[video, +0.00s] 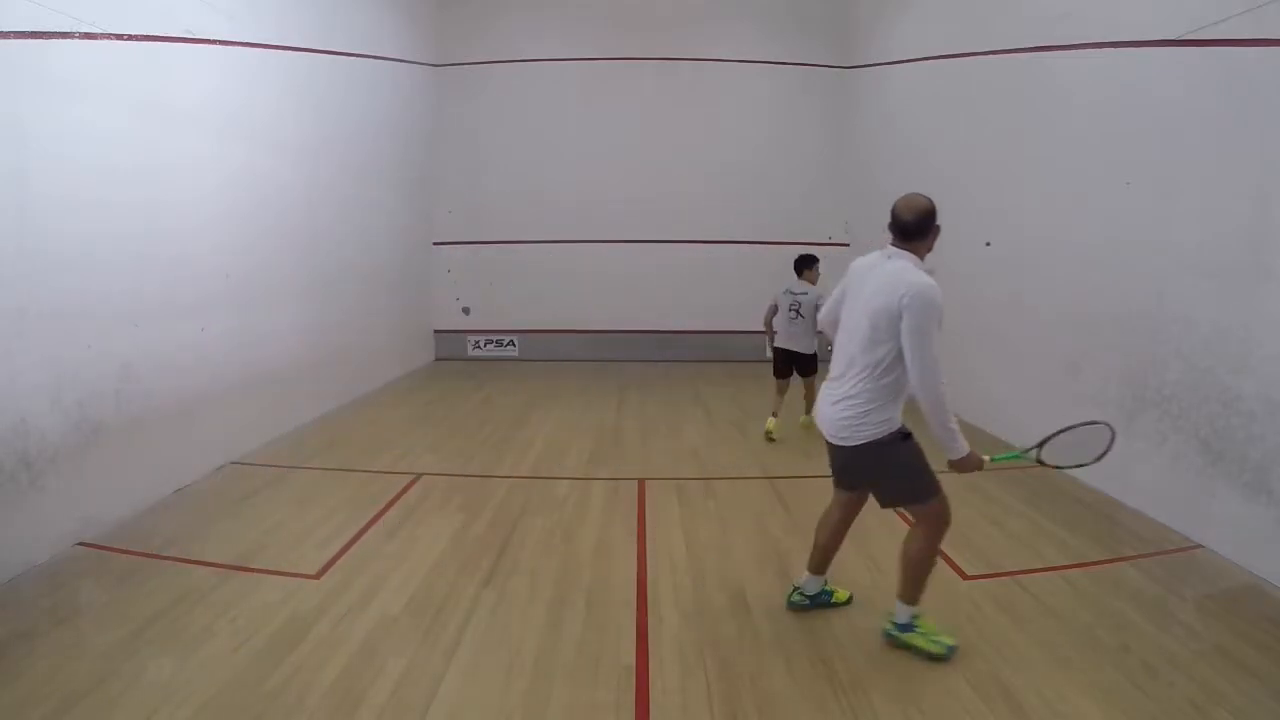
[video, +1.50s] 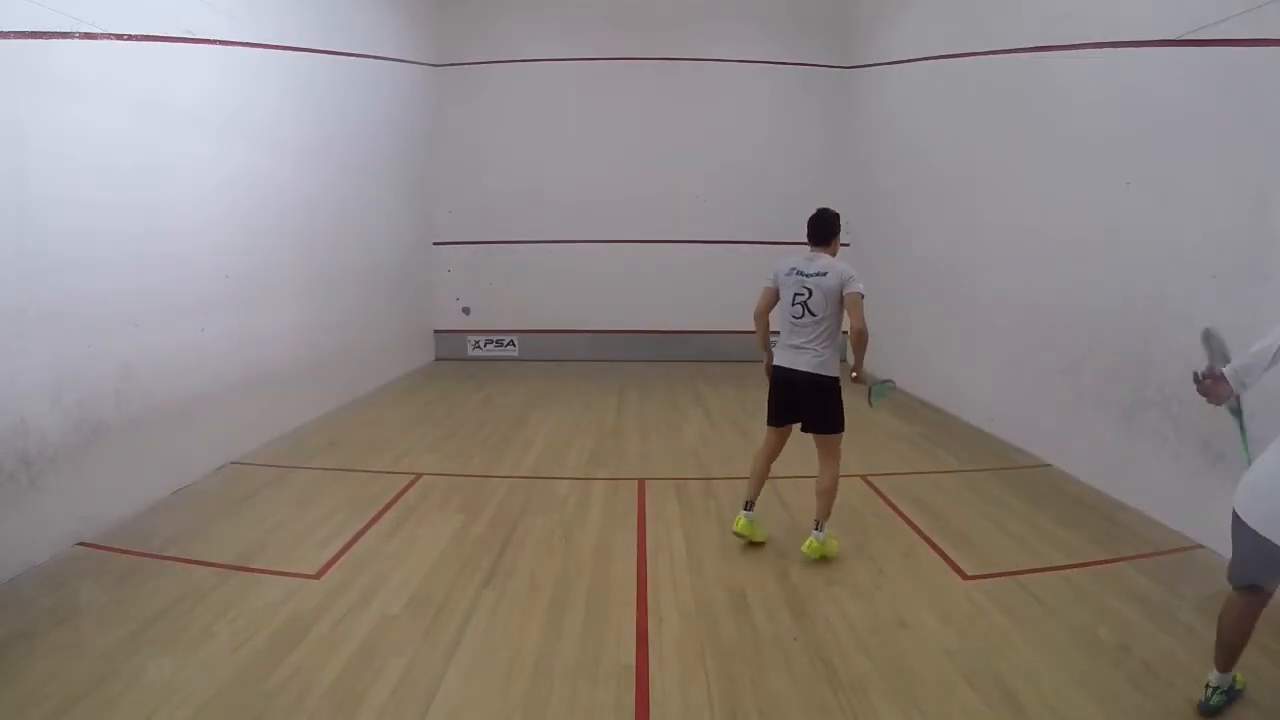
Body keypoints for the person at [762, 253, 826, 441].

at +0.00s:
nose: (818, 274)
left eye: (818, 270)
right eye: (816, 270)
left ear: (799, 272)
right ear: (807, 271)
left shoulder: (783, 292)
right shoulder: (816, 295)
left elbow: (767, 319)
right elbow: (823, 323)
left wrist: (771, 337)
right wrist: (831, 340)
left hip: (782, 347)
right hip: (805, 349)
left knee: (780, 388)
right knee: (809, 385)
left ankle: (773, 418)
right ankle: (807, 416)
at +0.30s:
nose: (816, 268)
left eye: (816, 263)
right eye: (813, 263)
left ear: (794, 264)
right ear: (802, 264)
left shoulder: (774, 284)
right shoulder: (811, 290)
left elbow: (750, 304)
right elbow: (824, 324)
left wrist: (740, 331)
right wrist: (833, 339)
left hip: (770, 348)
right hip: (795, 352)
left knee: (770, 388)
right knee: (795, 396)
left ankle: (767, 431)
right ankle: (790, 437)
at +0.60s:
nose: (815, 265)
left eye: (815, 260)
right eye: (812, 260)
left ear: (791, 260)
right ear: (798, 260)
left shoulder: (768, 282)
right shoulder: (804, 288)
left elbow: (745, 312)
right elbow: (805, 326)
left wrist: (756, 333)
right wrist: (812, 361)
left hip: (761, 356)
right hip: (789, 359)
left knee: (760, 410)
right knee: (789, 410)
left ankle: (750, 454)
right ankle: (785, 458)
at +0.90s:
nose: (809, 256)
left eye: (809, 250)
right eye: (805, 250)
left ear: (784, 252)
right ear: (789, 250)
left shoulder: (760, 278)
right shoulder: (796, 281)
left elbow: (735, 315)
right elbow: (798, 322)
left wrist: (736, 350)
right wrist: (808, 362)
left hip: (756, 363)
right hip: (787, 365)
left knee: (755, 425)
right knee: (800, 421)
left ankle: (750, 485)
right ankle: (793, 481)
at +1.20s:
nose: (827, 265)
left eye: (827, 259)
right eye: (823, 259)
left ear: (798, 260)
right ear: (808, 259)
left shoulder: (770, 287)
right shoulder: (819, 294)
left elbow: (739, 321)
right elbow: (832, 341)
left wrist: (727, 362)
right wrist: (841, 370)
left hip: (765, 380)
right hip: (799, 387)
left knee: (759, 432)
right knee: (805, 456)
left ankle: (749, 488)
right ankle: (785, 525)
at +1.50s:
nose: (841, 241)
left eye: (837, 235)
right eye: (841, 236)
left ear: (808, 236)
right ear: (837, 238)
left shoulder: (787, 268)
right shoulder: (844, 272)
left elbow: (760, 312)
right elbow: (857, 328)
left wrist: (767, 354)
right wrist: (858, 368)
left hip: (783, 374)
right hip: (821, 380)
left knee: (771, 442)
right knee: (829, 458)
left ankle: (745, 514)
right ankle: (818, 535)